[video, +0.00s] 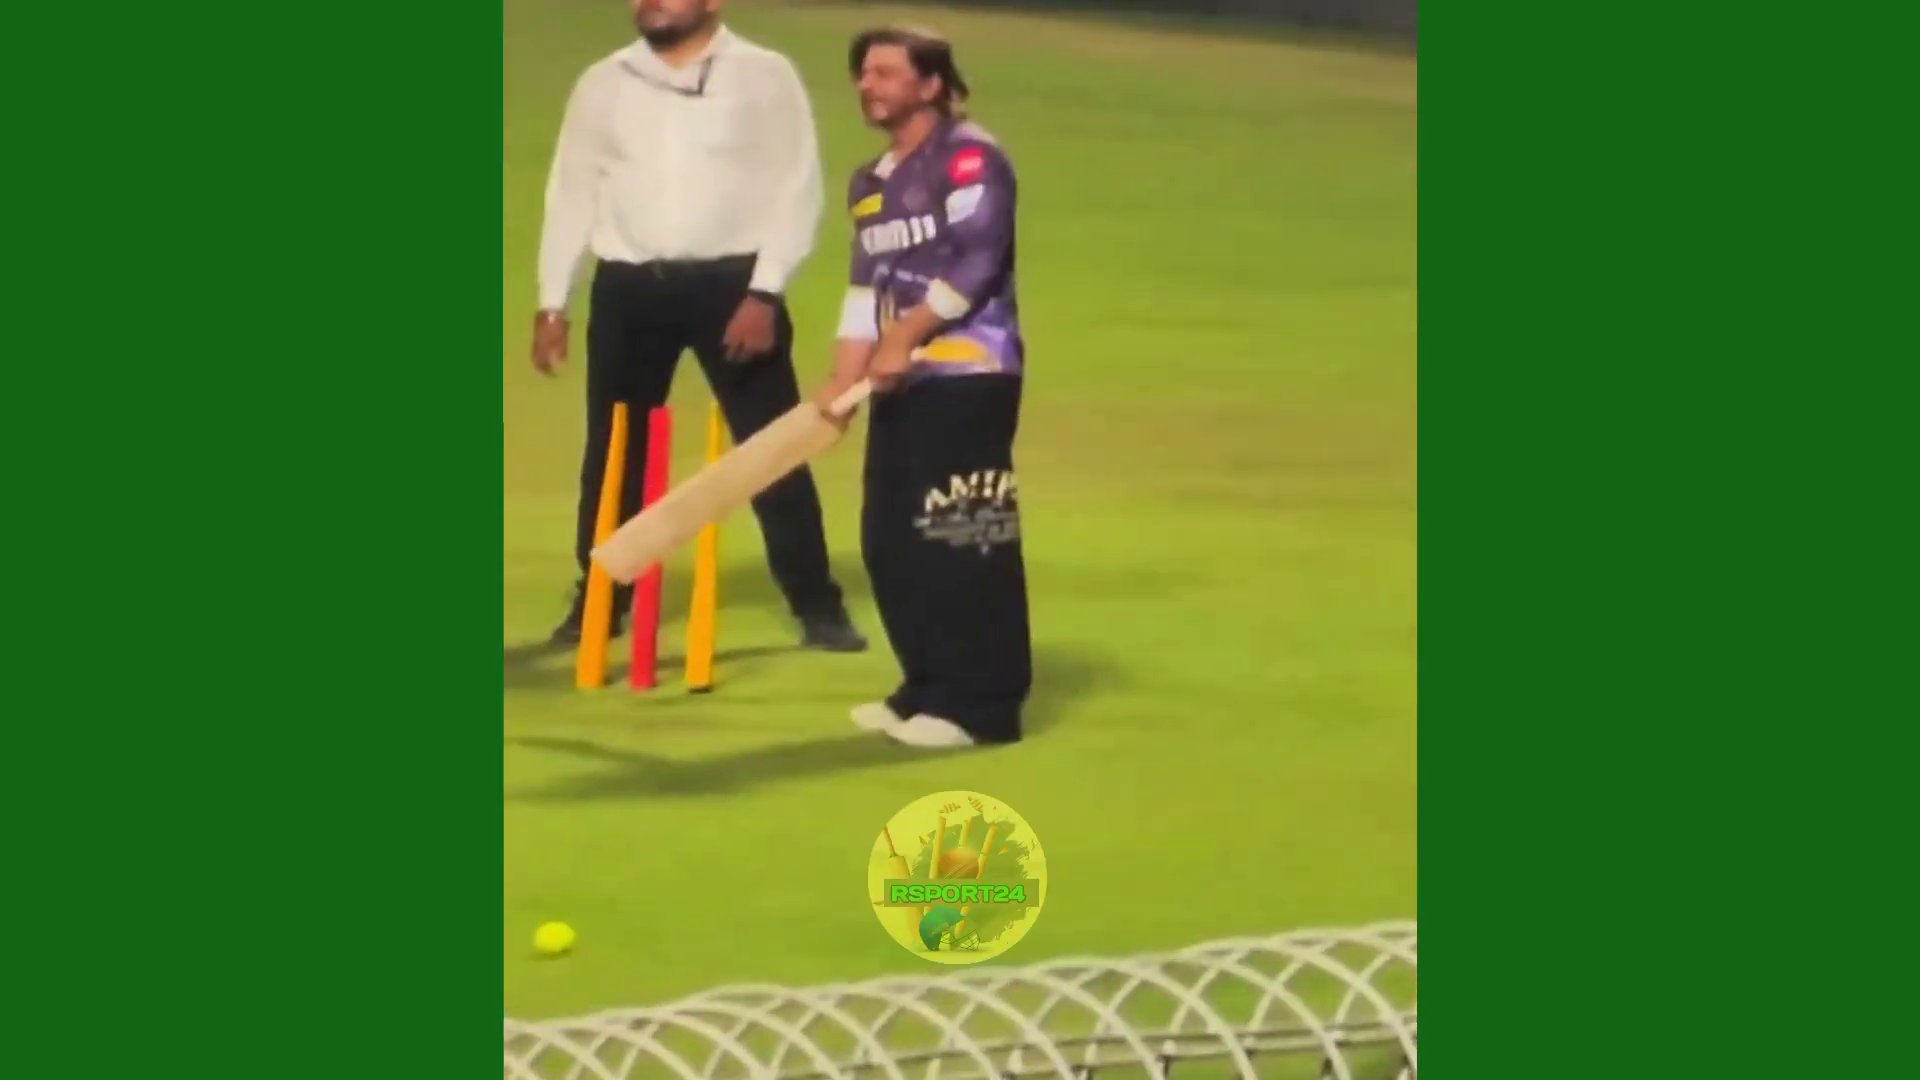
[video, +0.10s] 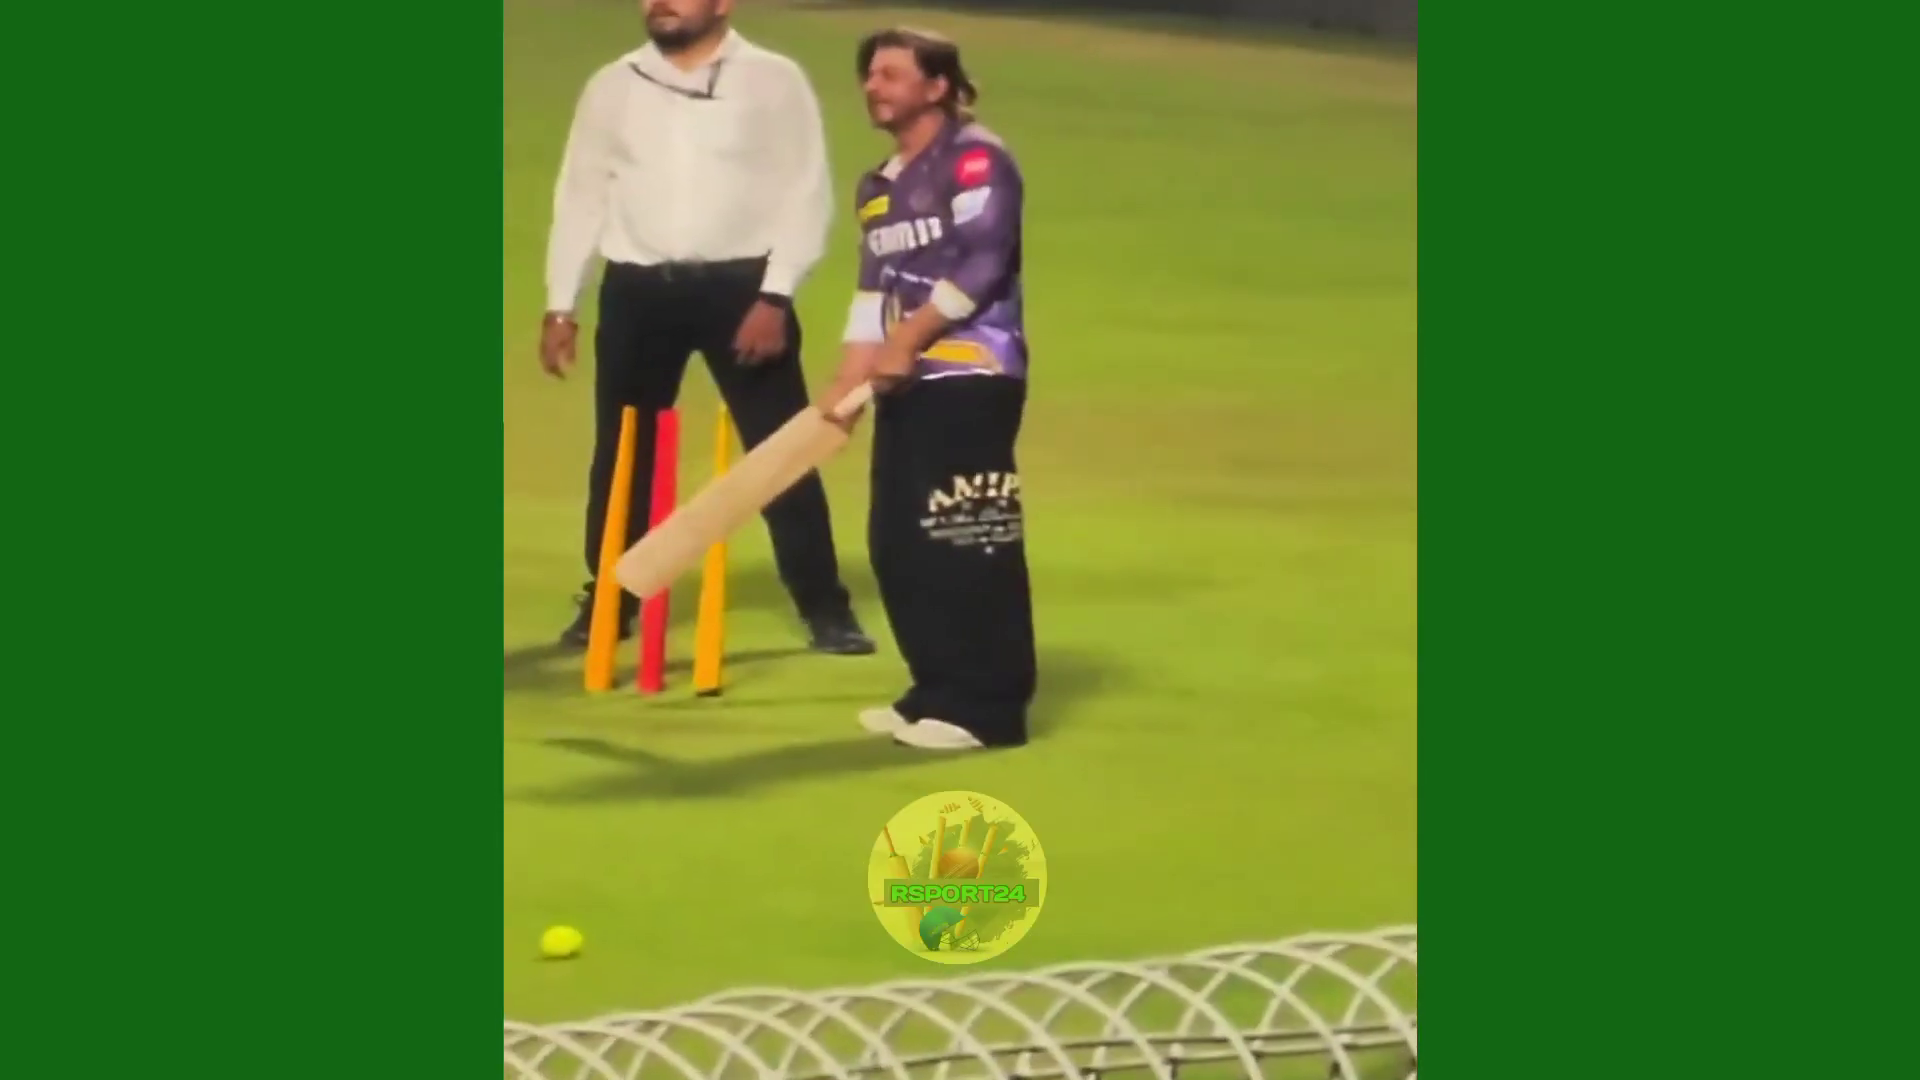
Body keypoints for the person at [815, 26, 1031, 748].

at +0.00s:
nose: (868, 86)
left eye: (884, 74)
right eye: (864, 75)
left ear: (931, 84)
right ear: (861, 89)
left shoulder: (974, 159)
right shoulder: (870, 179)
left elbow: (977, 266)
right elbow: (865, 291)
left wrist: (903, 334)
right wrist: (844, 380)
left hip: (970, 380)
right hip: (904, 383)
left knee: (962, 539)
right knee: (889, 537)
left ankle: (981, 706)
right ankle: (926, 686)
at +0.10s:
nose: (873, 88)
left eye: (890, 76)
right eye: (870, 76)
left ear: (938, 87)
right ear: (869, 90)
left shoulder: (979, 159)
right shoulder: (877, 184)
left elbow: (983, 265)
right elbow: (873, 296)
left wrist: (905, 338)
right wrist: (847, 386)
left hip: (973, 379)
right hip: (909, 384)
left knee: (966, 539)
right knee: (897, 537)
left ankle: (988, 709)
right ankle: (936, 691)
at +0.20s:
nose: (879, 91)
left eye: (895, 78)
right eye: (876, 80)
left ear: (944, 90)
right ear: (876, 94)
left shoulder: (985, 162)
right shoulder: (883, 186)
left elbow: (988, 270)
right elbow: (878, 298)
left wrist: (909, 344)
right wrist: (848, 389)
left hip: (973, 381)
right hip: (912, 384)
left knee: (970, 542)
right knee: (902, 540)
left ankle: (993, 712)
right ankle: (941, 694)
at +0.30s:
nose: (891, 92)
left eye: (907, 80)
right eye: (889, 81)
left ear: (954, 91)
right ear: (887, 94)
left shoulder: (995, 168)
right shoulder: (893, 191)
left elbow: (995, 277)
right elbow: (887, 302)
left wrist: (923, 346)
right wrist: (846, 395)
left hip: (976, 379)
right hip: (917, 381)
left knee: (963, 540)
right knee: (908, 542)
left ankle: (994, 711)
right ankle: (947, 699)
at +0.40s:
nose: (906, 101)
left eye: (922, 89)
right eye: (903, 90)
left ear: (968, 100)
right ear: (903, 103)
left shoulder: (1007, 175)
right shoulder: (909, 199)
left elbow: (1009, 289)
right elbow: (904, 309)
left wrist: (942, 370)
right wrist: (858, 408)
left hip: (985, 383)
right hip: (927, 385)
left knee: (959, 549)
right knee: (918, 551)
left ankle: (995, 718)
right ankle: (958, 708)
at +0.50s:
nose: (923, 113)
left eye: (939, 102)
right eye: (921, 102)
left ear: (985, 113)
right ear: (922, 115)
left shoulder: (1023, 188)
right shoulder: (928, 211)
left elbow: (1030, 302)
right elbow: (925, 322)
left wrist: (977, 381)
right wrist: (882, 419)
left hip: (999, 394)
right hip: (941, 394)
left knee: (956, 554)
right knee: (930, 554)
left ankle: (989, 725)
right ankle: (971, 718)